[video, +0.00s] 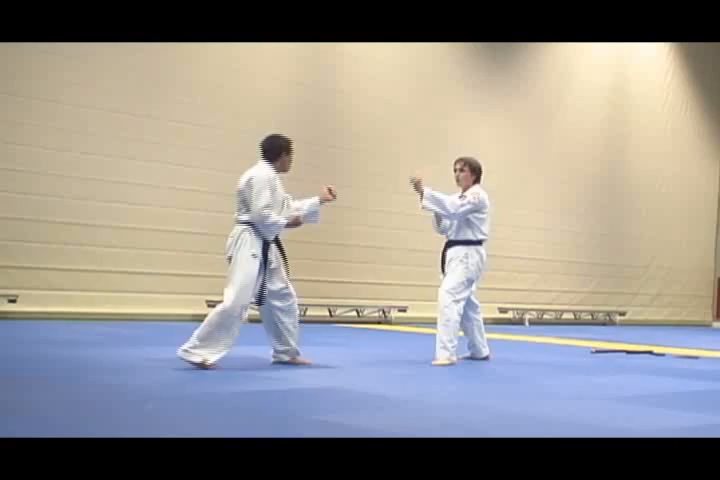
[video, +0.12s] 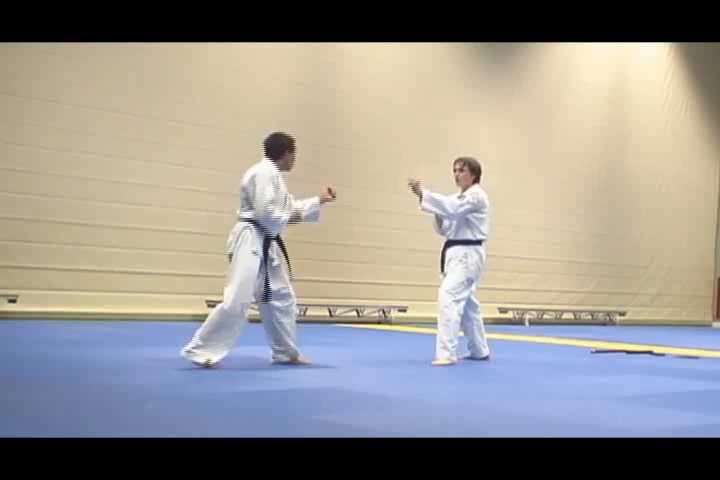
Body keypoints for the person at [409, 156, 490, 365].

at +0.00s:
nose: (458, 174)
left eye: (462, 171)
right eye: (456, 171)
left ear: (474, 174)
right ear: (455, 175)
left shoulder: (477, 194)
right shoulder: (458, 199)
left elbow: (454, 207)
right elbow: (444, 229)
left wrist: (424, 191)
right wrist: (437, 210)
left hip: (468, 251)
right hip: (454, 251)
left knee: (448, 295)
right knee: (467, 302)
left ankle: (446, 353)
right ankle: (479, 349)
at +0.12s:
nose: (457, 174)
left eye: (462, 170)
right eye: (456, 171)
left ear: (473, 174)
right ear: (454, 175)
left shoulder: (476, 194)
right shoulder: (458, 198)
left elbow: (453, 207)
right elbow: (444, 230)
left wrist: (422, 193)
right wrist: (438, 211)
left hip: (467, 251)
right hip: (453, 251)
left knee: (448, 296)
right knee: (466, 302)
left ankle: (446, 353)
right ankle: (479, 349)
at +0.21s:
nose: (455, 174)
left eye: (460, 170)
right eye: (454, 171)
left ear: (472, 173)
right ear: (453, 175)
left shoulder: (475, 194)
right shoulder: (455, 198)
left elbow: (451, 208)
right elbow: (443, 231)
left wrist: (420, 195)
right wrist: (440, 213)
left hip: (466, 251)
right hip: (452, 251)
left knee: (449, 296)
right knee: (466, 301)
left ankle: (446, 353)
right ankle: (479, 349)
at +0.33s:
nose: (451, 174)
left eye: (456, 170)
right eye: (450, 171)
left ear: (468, 173)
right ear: (449, 174)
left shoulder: (471, 194)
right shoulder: (453, 198)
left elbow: (449, 211)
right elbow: (440, 230)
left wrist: (418, 197)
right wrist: (434, 215)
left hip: (464, 251)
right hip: (451, 251)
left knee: (449, 297)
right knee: (466, 301)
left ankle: (447, 353)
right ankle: (480, 349)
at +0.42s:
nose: (448, 176)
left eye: (452, 172)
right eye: (446, 173)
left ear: (464, 174)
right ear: (446, 175)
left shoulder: (469, 195)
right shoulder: (450, 197)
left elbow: (448, 217)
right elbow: (441, 227)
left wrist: (418, 201)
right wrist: (430, 225)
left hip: (464, 251)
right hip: (449, 251)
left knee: (444, 294)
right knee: (460, 302)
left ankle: (445, 352)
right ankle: (478, 349)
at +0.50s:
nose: (442, 179)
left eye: (447, 175)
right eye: (440, 176)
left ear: (459, 178)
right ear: (439, 179)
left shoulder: (465, 200)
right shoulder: (440, 200)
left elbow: (450, 225)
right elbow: (436, 226)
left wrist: (420, 209)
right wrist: (420, 228)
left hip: (464, 254)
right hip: (446, 254)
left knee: (440, 292)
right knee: (452, 308)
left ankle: (435, 350)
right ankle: (476, 348)